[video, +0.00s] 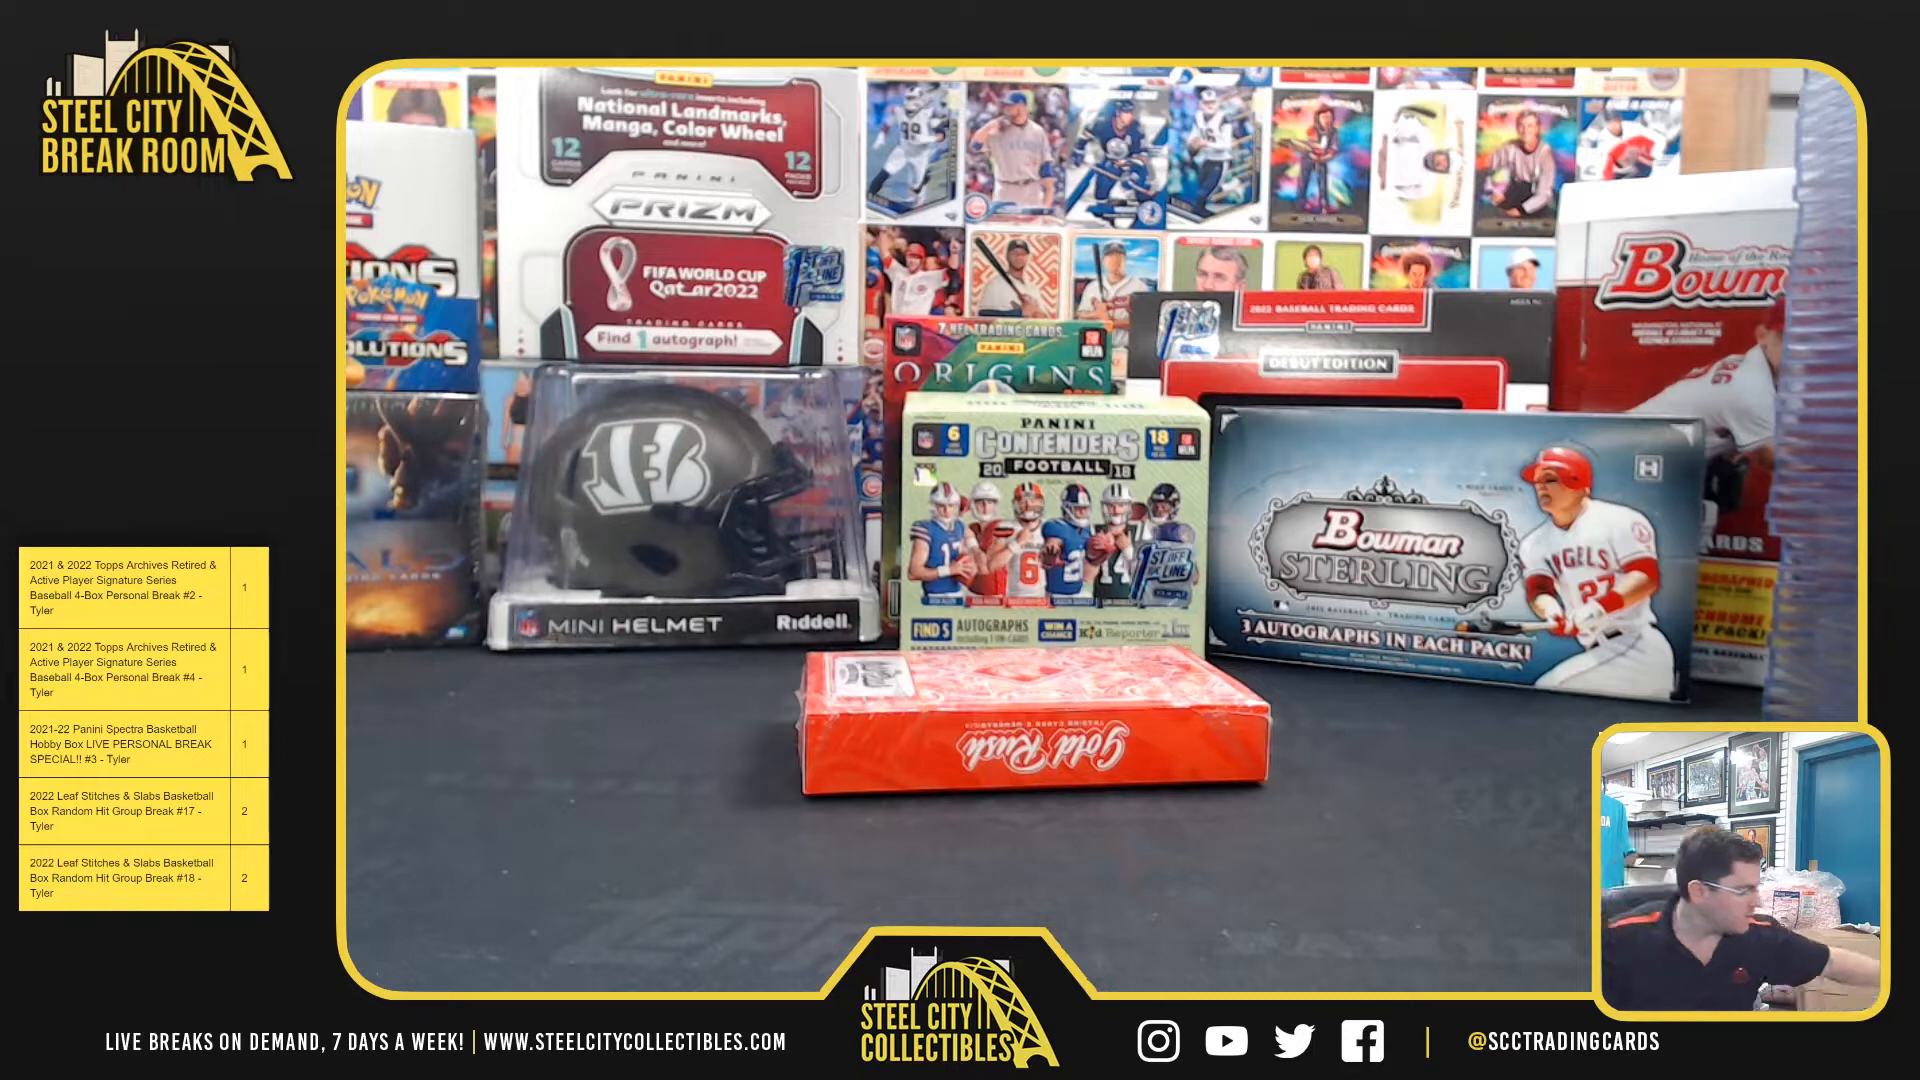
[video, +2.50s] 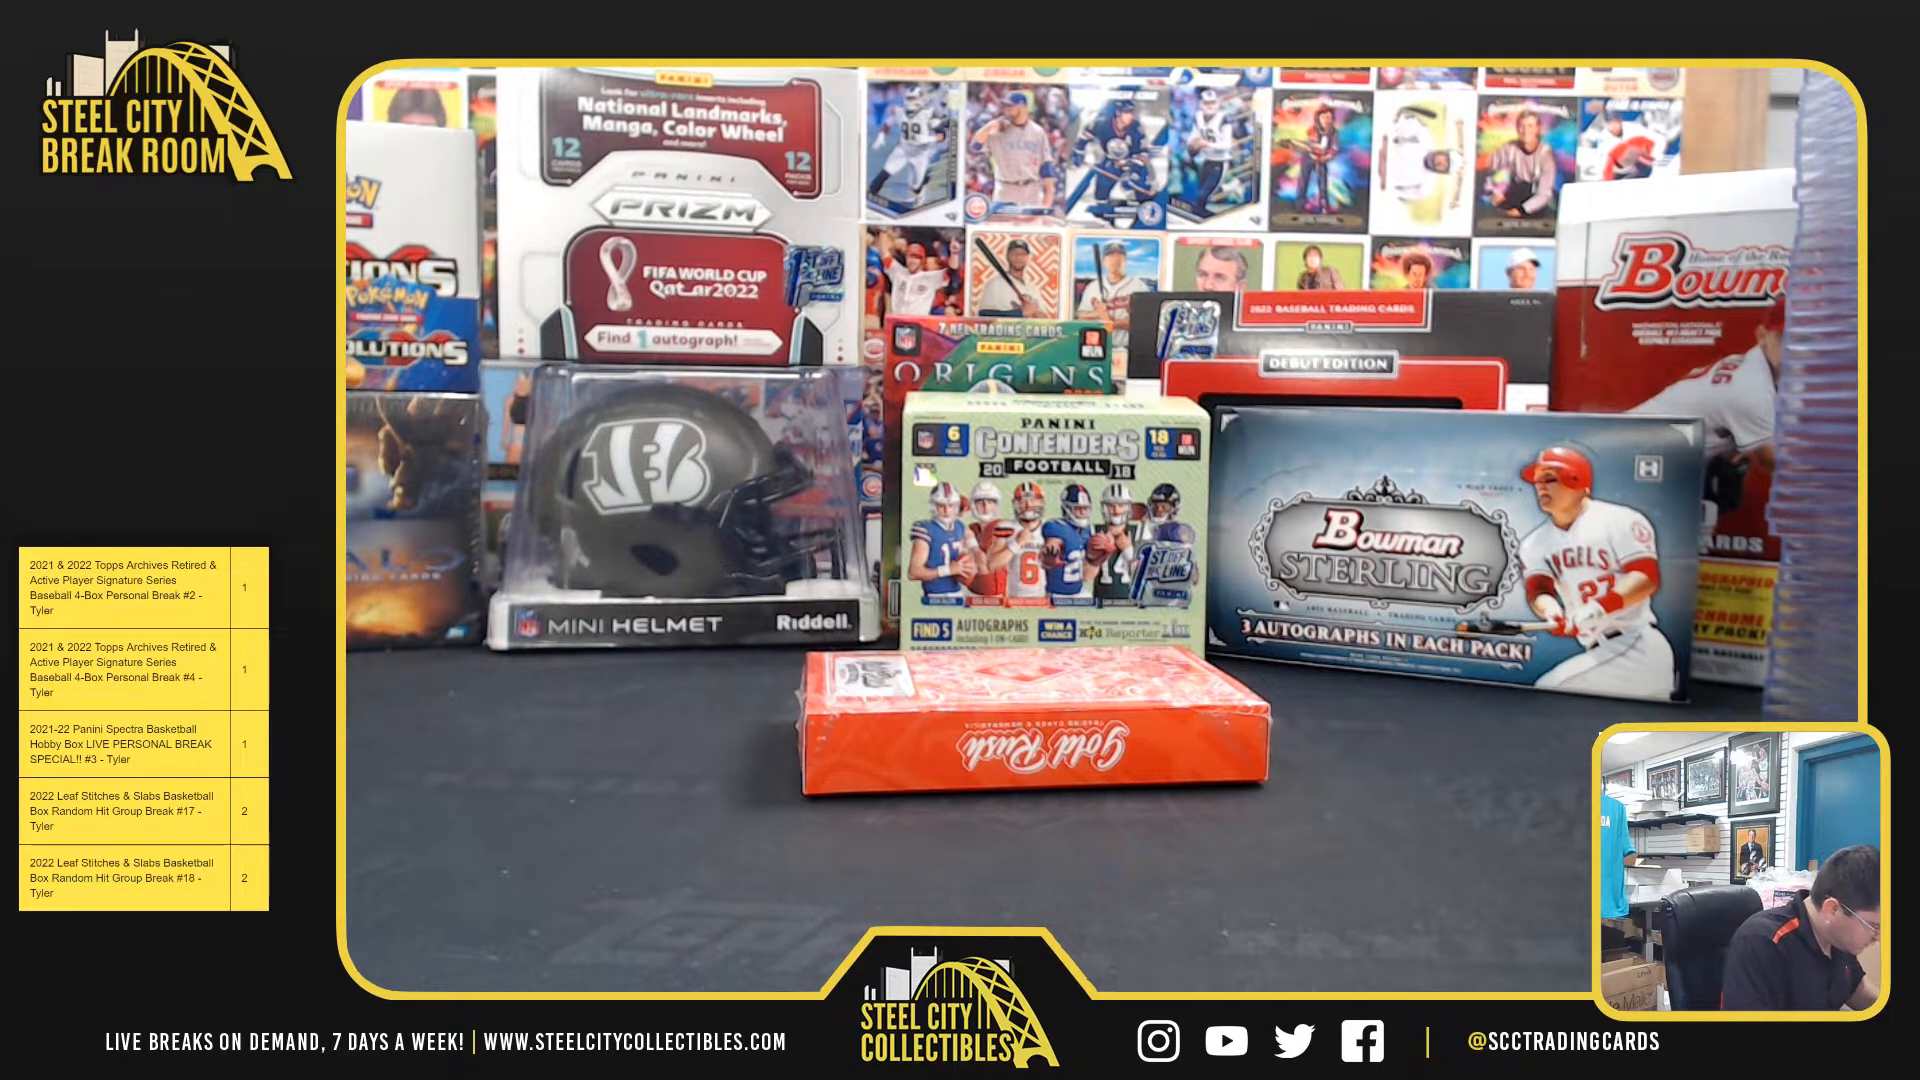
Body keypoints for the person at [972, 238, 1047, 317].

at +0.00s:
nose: (1019, 257)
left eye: (1023, 254)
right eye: (1015, 253)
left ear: (1028, 257)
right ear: (1008, 256)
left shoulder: (1033, 289)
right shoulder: (996, 284)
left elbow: (1045, 318)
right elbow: (985, 315)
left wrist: (1034, 310)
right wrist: (1021, 313)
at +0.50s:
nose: (1019, 257)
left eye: (1023, 254)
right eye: (1015, 253)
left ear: (1028, 257)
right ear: (1008, 256)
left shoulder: (1033, 288)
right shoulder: (995, 284)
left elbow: (1045, 317)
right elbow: (985, 315)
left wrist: (1034, 309)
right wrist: (1020, 312)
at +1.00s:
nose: (1019, 257)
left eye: (1023, 254)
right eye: (1016, 253)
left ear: (1028, 258)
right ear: (1008, 256)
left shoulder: (1033, 289)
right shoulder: (995, 284)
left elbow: (1045, 317)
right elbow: (985, 315)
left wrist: (1034, 311)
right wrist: (1020, 312)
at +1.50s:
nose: (1019, 257)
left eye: (1023, 254)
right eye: (1016, 253)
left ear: (1028, 258)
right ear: (1008, 256)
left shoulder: (1033, 289)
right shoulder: (995, 284)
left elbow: (1045, 317)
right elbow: (986, 315)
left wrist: (1033, 310)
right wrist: (1020, 312)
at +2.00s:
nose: (1019, 257)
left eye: (1023, 254)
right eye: (1016, 253)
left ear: (1028, 258)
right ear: (1008, 256)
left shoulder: (1033, 289)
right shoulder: (995, 284)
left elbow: (1045, 317)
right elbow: (985, 315)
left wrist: (1033, 310)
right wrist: (1020, 313)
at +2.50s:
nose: (1019, 258)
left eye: (1023, 254)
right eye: (1015, 254)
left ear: (1028, 258)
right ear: (1008, 256)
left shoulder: (1032, 288)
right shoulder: (995, 284)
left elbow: (1045, 317)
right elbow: (985, 314)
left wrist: (1034, 310)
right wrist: (1020, 313)